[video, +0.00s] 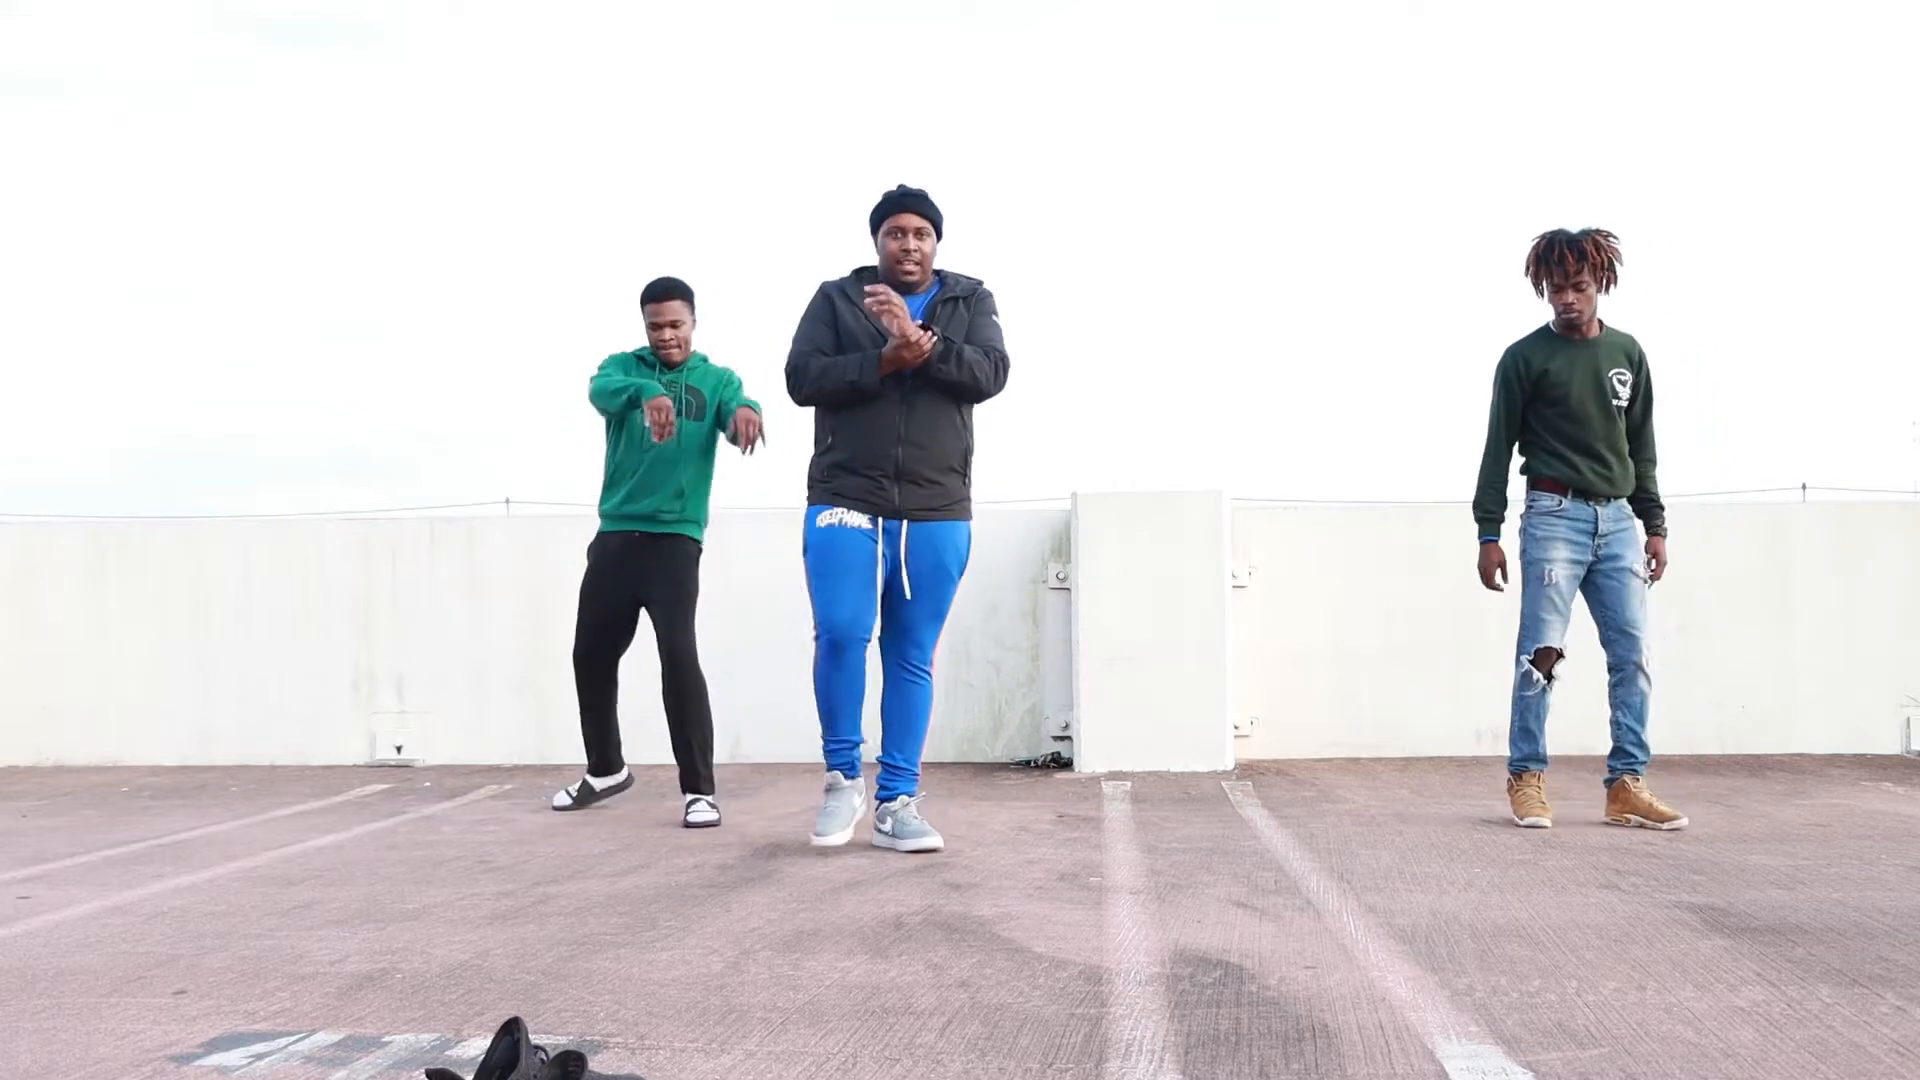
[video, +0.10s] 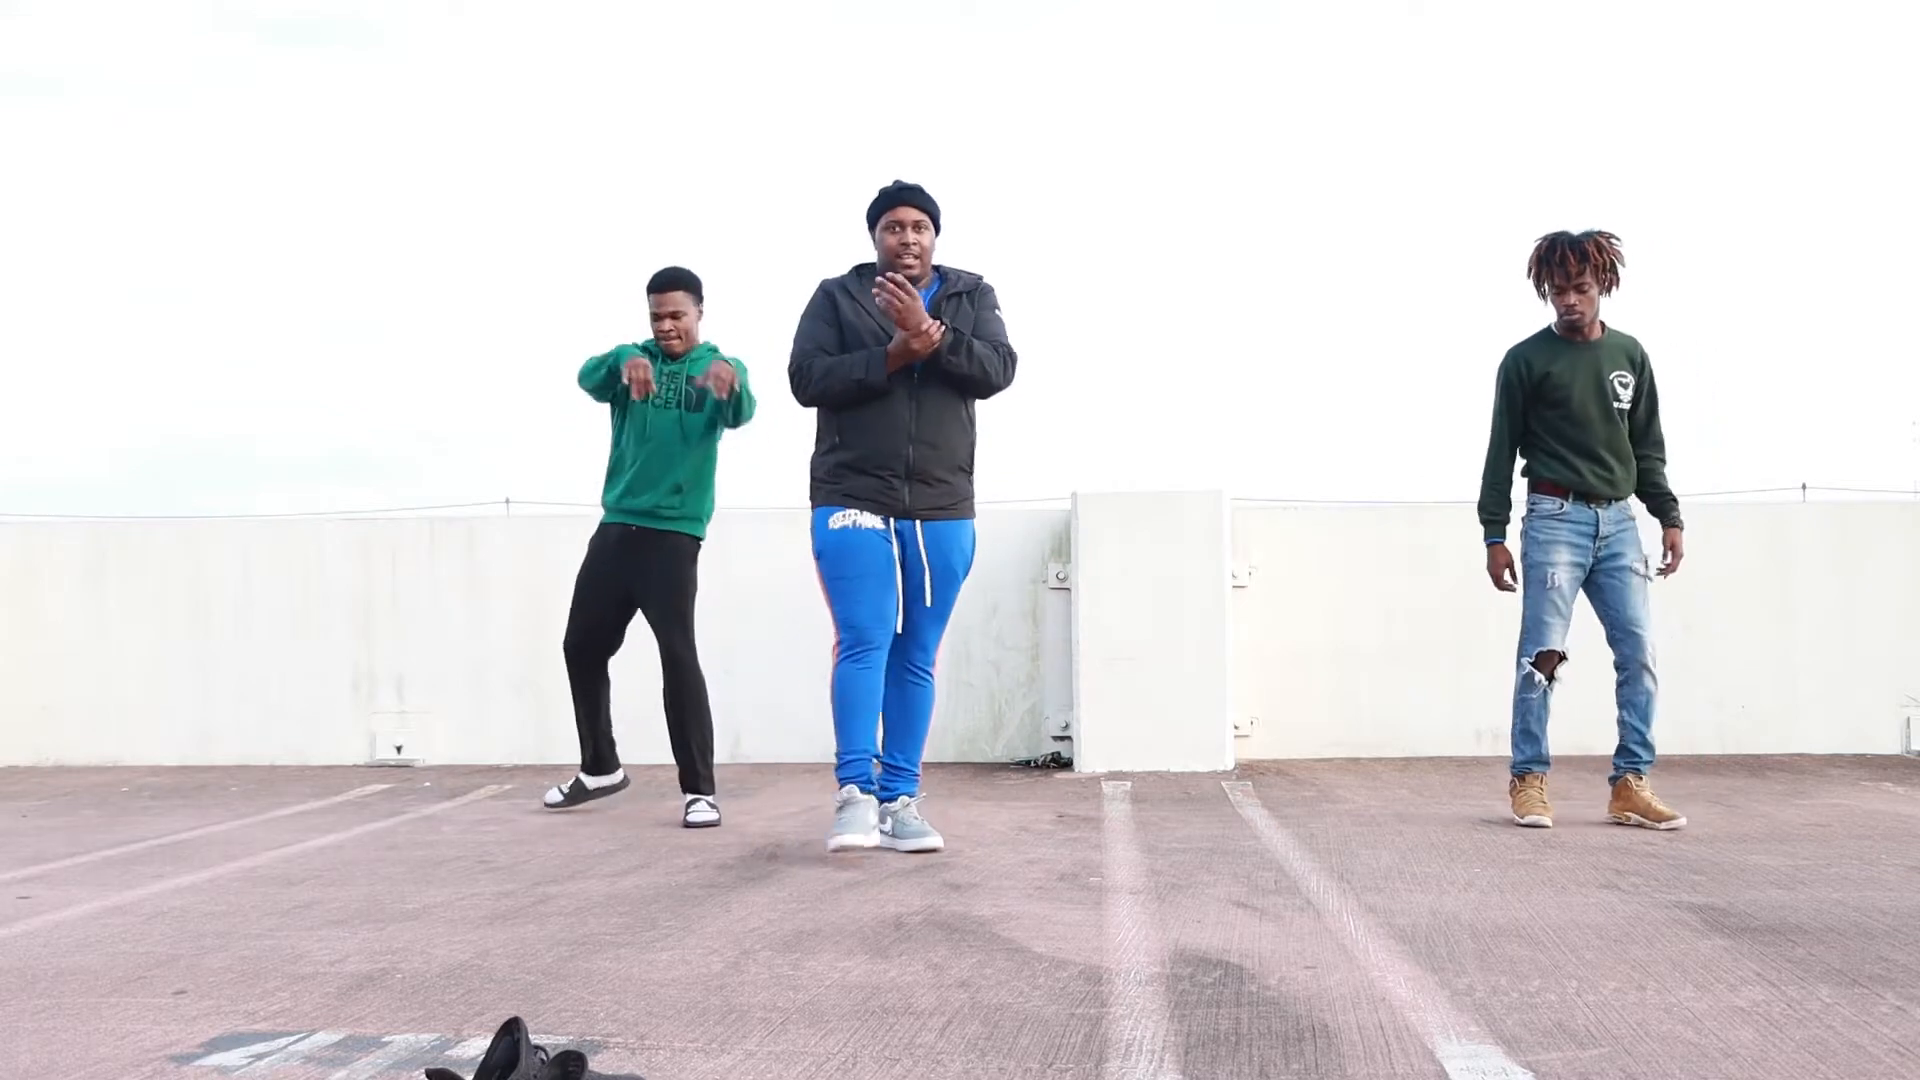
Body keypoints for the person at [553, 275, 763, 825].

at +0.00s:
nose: (667, 335)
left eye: (676, 324)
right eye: (657, 326)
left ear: (694, 323)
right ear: (645, 327)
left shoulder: (715, 377)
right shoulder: (623, 367)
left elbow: (731, 407)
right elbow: (601, 390)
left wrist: (744, 410)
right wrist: (647, 394)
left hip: (674, 541)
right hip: (615, 538)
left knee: (678, 658)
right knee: (591, 656)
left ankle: (698, 791)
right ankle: (606, 772)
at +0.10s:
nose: (667, 325)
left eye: (677, 314)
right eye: (659, 316)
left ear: (700, 313)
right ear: (649, 318)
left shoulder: (719, 368)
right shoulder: (634, 359)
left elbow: (738, 416)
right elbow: (590, 381)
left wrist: (729, 383)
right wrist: (625, 359)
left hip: (673, 536)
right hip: (617, 530)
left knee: (677, 655)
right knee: (582, 647)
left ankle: (698, 791)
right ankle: (601, 770)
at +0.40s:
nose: (633, 321)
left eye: (644, 310)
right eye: (628, 311)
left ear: (676, 308)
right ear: (624, 312)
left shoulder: (700, 355)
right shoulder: (623, 368)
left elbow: (664, 393)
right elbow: (567, 407)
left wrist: (574, 361)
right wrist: (522, 369)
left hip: (661, 538)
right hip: (606, 534)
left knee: (672, 661)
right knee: (567, 655)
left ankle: (699, 792)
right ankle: (528, 786)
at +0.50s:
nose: (614, 329)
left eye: (625, 318)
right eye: (608, 318)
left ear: (655, 313)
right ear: (604, 318)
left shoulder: (680, 359)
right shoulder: (604, 376)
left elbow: (644, 408)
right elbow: (558, 428)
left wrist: (555, 421)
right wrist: (505, 409)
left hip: (649, 544)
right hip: (591, 541)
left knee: (663, 666)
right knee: (551, 661)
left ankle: (698, 793)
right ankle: (521, 796)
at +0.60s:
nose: (591, 340)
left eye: (601, 329)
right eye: (584, 330)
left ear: (630, 326)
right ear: (578, 332)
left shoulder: (658, 373)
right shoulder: (582, 394)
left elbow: (620, 428)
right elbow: (535, 446)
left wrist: (539, 454)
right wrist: (483, 441)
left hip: (629, 558)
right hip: (571, 555)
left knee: (648, 678)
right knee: (522, 665)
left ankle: (698, 793)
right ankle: (517, 802)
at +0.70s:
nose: (578, 344)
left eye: (589, 333)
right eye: (569, 335)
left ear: (614, 332)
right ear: (561, 338)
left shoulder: (640, 382)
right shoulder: (557, 403)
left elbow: (608, 436)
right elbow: (513, 455)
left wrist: (533, 451)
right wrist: (471, 443)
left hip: (609, 562)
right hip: (549, 560)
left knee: (633, 680)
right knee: (502, 668)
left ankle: (695, 792)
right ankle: (516, 803)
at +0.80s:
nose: (571, 336)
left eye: (581, 326)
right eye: (561, 327)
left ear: (601, 328)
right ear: (550, 330)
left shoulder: (627, 376)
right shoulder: (536, 392)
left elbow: (609, 417)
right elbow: (494, 440)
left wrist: (542, 413)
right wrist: (467, 415)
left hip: (599, 559)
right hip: (534, 557)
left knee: (630, 679)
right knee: (497, 674)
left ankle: (690, 791)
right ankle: (516, 804)